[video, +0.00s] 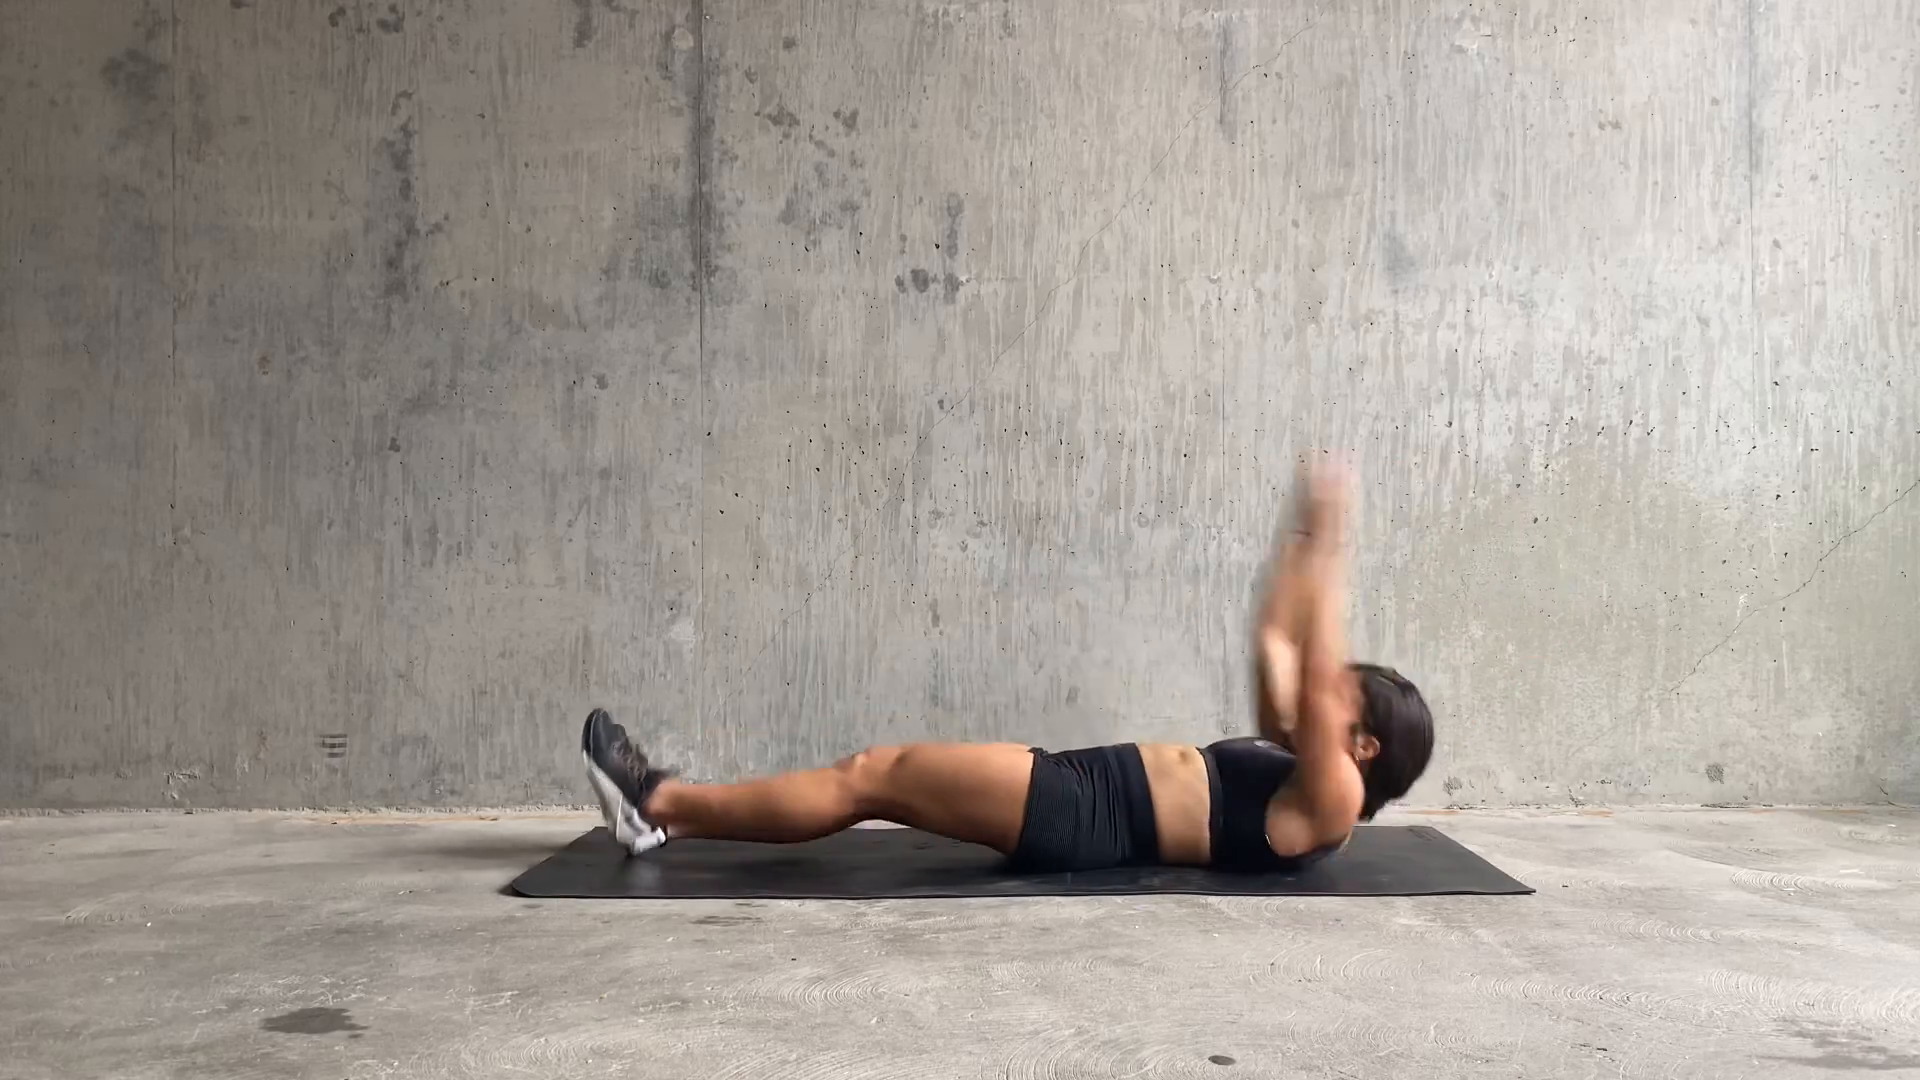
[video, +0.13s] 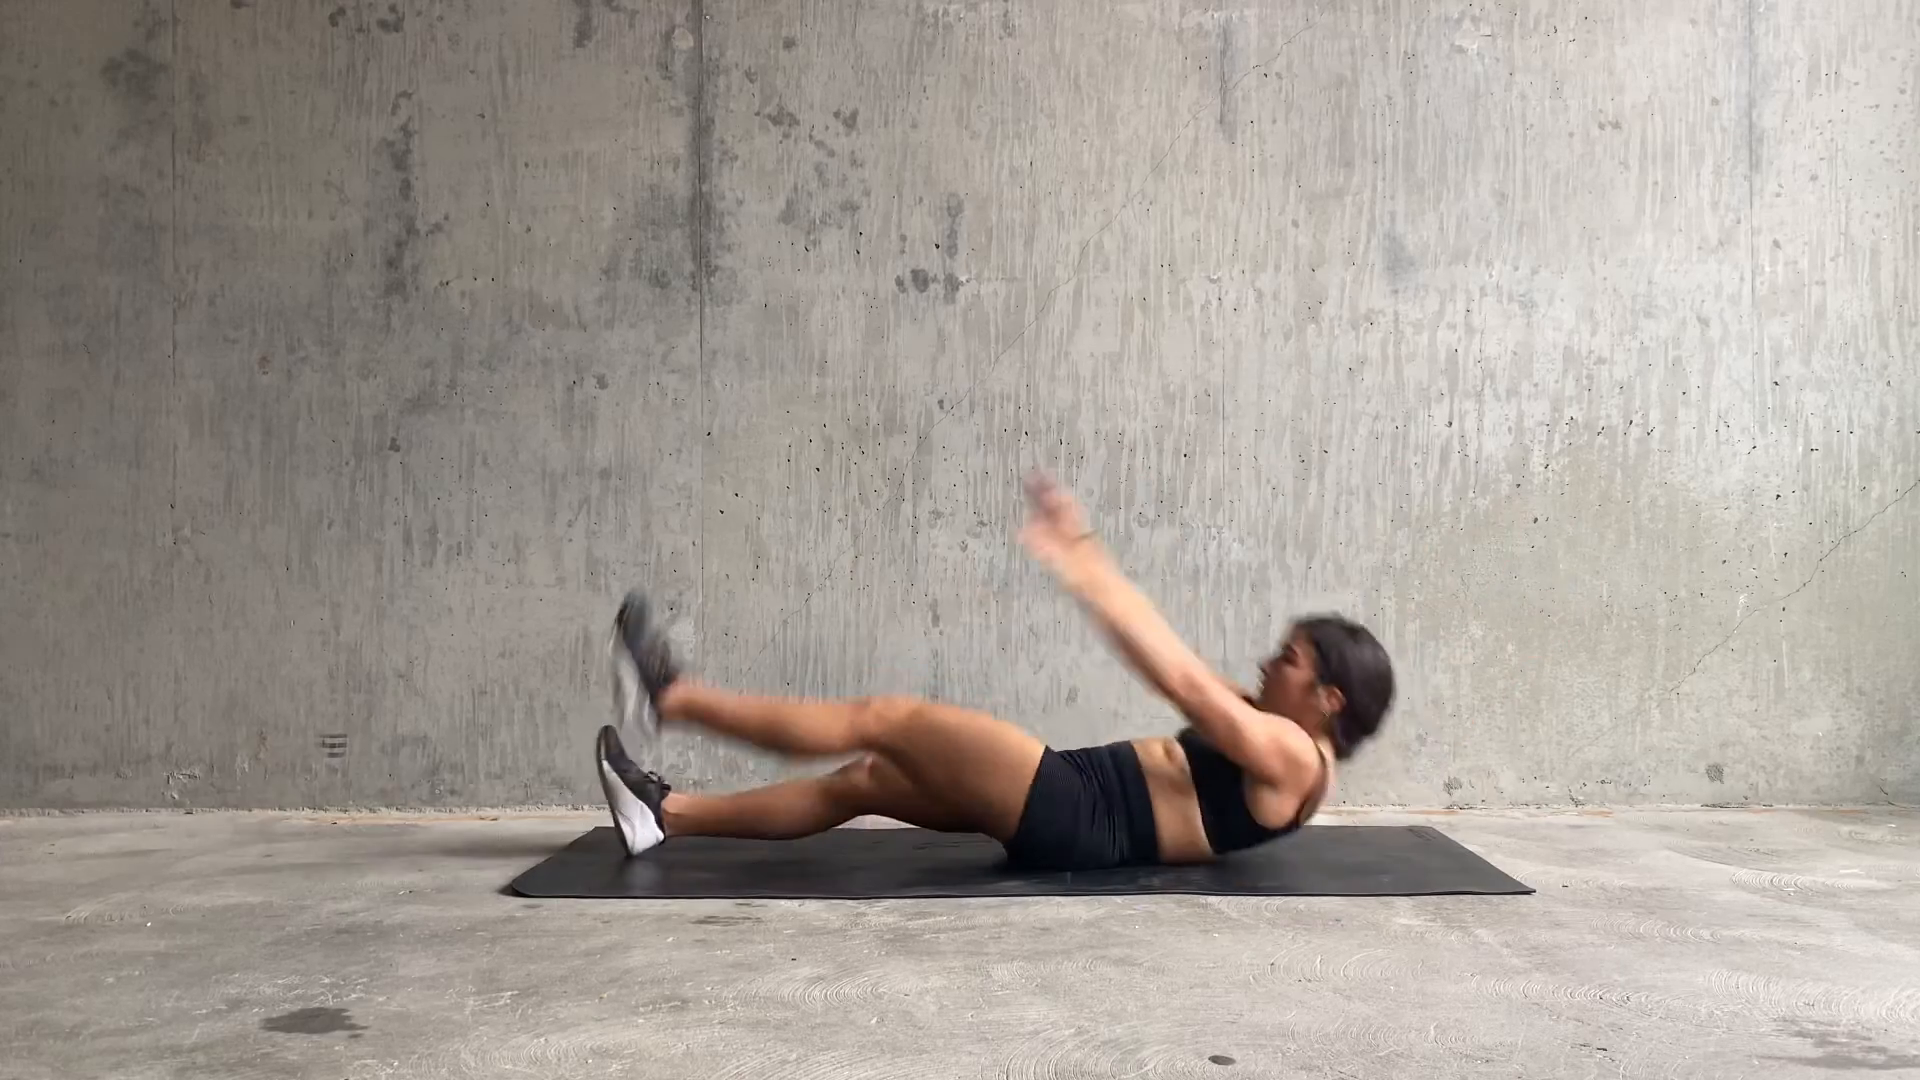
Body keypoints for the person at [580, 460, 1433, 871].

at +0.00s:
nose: (1333, 691)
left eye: (1350, 694)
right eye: (1343, 688)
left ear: (1365, 743)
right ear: (1343, 731)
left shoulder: (1331, 802)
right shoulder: (1298, 772)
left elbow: (1318, 660)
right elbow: (1272, 650)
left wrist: (1325, 537)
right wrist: (1299, 542)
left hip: (1079, 812)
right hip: (1081, 795)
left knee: (878, 776)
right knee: (884, 777)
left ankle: (661, 804)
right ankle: (675, 801)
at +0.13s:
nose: (1267, 670)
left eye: (1287, 665)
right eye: (1279, 656)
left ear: (1327, 698)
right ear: (1325, 699)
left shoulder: (1293, 753)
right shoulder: (1278, 747)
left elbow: (1175, 671)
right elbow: (1169, 664)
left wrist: (1084, 562)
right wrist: (1086, 557)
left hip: (1080, 804)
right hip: (1078, 810)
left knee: (884, 720)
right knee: (865, 783)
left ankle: (678, 695)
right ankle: (664, 817)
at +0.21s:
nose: (1229, 621)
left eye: (1247, 616)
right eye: (1238, 609)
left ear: (1287, 649)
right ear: (1276, 643)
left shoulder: (1264, 720)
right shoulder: (1226, 682)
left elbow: (1131, 683)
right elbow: (1105, 631)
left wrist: (1013, 623)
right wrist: (1010, 551)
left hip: (1077, 810)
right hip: (1064, 798)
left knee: (906, 674)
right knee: (859, 779)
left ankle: (712, 591)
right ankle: (653, 812)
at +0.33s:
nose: (1172, 558)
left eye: (1191, 554)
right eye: (1184, 547)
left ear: (1229, 593)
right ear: (1221, 589)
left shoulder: (1214, 671)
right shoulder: (1170, 632)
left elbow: (1078, 660)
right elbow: (1045, 579)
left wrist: (948, 612)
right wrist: (945, 511)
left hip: (1070, 813)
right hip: (1047, 788)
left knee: (955, 622)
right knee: (846, 775)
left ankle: (819, 472)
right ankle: (645, 811)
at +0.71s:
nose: (1219, 597)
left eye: (1237, 591)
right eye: (1230, 584)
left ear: (1276, 625)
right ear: (1270, 622)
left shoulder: (1252, 695)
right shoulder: (1239, 682)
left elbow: (1128, 625)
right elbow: (1137, 610)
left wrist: (1034, 534)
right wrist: (1051, 507)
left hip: (1075, 813)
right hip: (1063, 797)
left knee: (912, 668)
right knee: (857, 784)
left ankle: (720, 565)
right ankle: (650, 810)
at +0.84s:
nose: (1255, 642)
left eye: (1275, 638)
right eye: (1265, 629)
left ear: (1312, 676)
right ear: (1306, 675)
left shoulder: (1285, 736)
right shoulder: (1265, 727)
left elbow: (1213, 626)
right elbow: (1210, 627)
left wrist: (1175, 500)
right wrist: (1180, 508)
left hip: (1074, 810)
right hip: (1063, 802)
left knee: (880, 732)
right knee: (852, 789)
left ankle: (660, 698)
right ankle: (651, 814)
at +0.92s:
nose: (1286, 666)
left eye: (1302, 663)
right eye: (1292, 661)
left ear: (1328, 702)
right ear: (1308, 696)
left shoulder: (1299, 768)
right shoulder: (1259, 740)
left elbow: (1273, 631)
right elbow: (1233, 620)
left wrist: (1267, 501)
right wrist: (1247, 508)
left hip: (1077, 811)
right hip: (1067, 795)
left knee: (873, 760)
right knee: (859, 786)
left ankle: (654, 760)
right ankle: (654, 815)